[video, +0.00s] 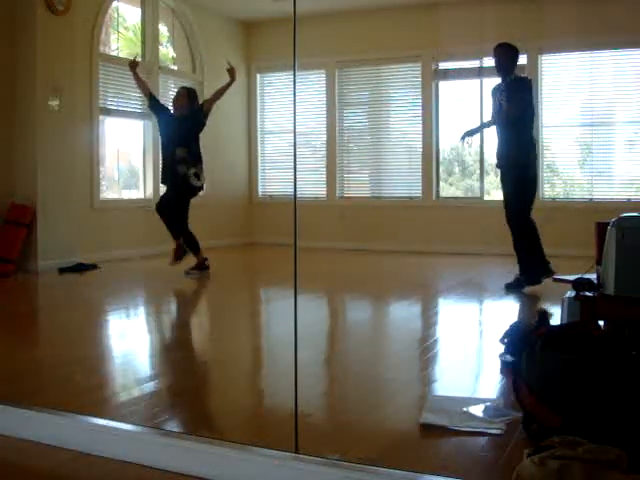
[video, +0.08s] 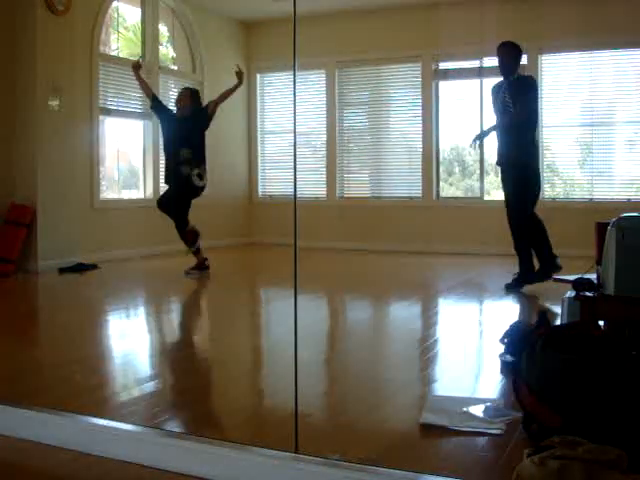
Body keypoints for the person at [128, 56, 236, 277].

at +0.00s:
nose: (175, 100)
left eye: (180, 97)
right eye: (175, 96)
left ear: (190, 102)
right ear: (174, 101)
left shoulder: (195, 119)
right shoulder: (165, 118)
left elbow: (211, 101)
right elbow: (148, 94)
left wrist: (230, 82)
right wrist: (134, 73)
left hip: (191, 179)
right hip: (173, 179)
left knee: (162, 208)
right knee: (180, 223)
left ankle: (179, 242)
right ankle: (200, 260)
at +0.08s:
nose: (179, 100)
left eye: (184, 97)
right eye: (179, 97)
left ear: (194, 102)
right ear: (177, 101)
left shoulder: (199, 119)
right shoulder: (168, 118)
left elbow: (216, 103)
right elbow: (151, 96)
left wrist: (237, 85)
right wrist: (138, 75)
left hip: (194, 179)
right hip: (175, 179)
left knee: (164, 203)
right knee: (182, 224)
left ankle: (190, 231)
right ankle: (201, 261)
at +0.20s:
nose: (186, 94)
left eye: (191, 92)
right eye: (186, 91)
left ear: (199, 98)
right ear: (185, 96)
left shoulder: (208, 114)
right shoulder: (175, 113)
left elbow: (223, 96)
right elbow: (161, 87)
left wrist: (241, 74)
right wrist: (152, 63)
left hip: (204, 172)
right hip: (182, 172)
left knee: (181, 201)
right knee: (189, 219)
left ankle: (207, 206)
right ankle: (201, 259)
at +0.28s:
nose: (195, 92)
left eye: (199, 89)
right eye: (195, 88)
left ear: (208, 94)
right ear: (195, 91)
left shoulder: (213, 110)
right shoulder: (183, 106)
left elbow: (227, 104)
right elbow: (165, 92)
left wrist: (238, 94)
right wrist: (152, 78)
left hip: (212, 171)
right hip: (190, 171)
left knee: (216, 211)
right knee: (197, 216)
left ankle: (233, 247)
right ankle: (209, 253)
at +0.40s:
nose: (203, 104)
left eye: (208, 101)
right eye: (203, 100)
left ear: (216, 105)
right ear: (201, 102)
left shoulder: (223, 127)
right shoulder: (187, 124)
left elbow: (231, 153)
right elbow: (175, 147)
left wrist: (242, 174)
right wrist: (164, 166)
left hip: (221, 180)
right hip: (198, 181)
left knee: (230, 221)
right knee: (200, 224)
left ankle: (242, 256)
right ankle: (208, 258)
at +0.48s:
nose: (206, 116)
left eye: (211, 113)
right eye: (204, 112)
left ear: (219, 117)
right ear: (201, 114)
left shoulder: (225, 140)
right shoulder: (190, 139)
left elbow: (236, 169)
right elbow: (181, 166)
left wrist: (245, 192)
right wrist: (172, 189)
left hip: (224, 188)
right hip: (201, 188)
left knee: (234, 225)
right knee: (202, 228)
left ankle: (241, 258)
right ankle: (208, 258)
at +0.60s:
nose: (209, 148)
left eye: (212, 144)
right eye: (208, 144)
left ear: (222, 145)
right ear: (206, 144)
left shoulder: (235, 162)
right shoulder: (200, 161)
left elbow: (243, 184)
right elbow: (191, 186)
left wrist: (247, 201)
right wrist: (182, 208)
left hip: (228, 198)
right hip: (206, 198)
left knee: (242, 227)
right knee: (199, 229)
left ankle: (240, 259)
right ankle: (209, 258)